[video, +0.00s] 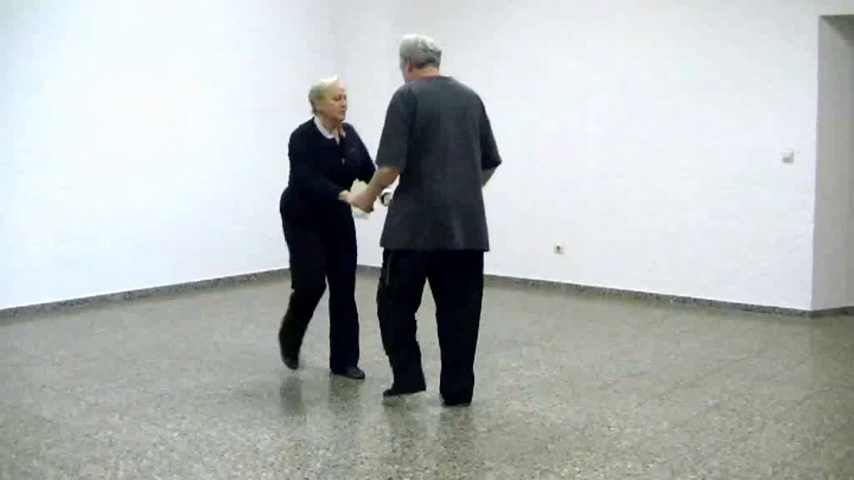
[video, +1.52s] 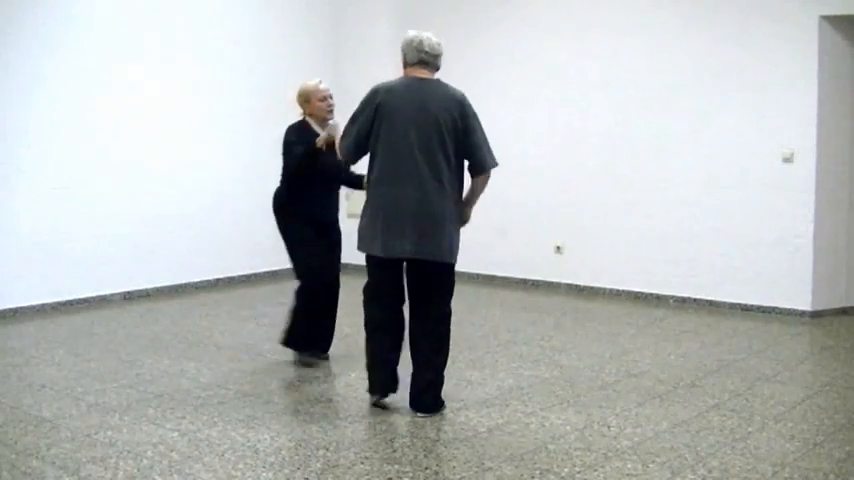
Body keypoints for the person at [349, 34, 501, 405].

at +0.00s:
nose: (402, 72)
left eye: (402, 67)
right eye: (403, 68)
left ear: (408, 65)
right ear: (438, 62)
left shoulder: (407, 97)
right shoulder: (471, 98)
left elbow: (391, 165)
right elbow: (488, 162)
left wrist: (368, 196)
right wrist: (459, 193)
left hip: (414, 225)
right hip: (466, 225)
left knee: (394, 305)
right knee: (460, 314)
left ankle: (408, 380)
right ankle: (458, 392)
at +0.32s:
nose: (381, 76)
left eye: (381, 71)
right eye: (382, 71)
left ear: (387, 68)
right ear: (418, 66)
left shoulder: (385, 102)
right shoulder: (450, 100)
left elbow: (367, 173)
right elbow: (469, 164)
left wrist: (341, 205)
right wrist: (442, 197)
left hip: (402, 230)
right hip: (450, 228)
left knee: (400, 316)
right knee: (448, 312)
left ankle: (402, 395)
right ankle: (455, 390)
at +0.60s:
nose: (365, 72)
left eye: (364, 67)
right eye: (367, 67)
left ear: (369, 66)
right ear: (401, 62)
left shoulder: (366, 99)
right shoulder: (432, 94)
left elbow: (335, 169)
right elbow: (463, 154)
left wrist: (311, 170)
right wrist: (436, 187)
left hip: (390, 221)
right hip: (435, 216)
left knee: (393, 306)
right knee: (428, 294)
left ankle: (402, 396)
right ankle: (437, 370)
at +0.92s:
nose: (364, 71)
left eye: (364, 66)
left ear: (369, 65)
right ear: (402, 62)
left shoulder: (362, 101)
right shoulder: (431, 95)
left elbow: (330, 168)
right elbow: (458, 159)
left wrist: (307, 165)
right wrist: (430, 186)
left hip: (385, 225)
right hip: (432, 221)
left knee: (390, 310)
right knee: (426, 301)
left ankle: (401, 395)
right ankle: (434, 386)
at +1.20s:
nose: (378, 70)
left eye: (378, 65)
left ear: (382, 65)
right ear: (416, 63)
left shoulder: (369, 100)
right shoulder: (442, 98)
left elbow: (339, 160)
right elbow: (468, 163)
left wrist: (319, 162)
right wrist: (439, 191)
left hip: (385, 227)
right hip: (435, 226)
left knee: (391, 314)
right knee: (431, 314)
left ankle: (401, 395)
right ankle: (430, 393)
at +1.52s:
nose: (404, 67)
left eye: (403, 60)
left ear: (403, 61)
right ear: (439, 63)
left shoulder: (382, 95)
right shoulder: (456, 101)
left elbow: (347, 152)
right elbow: (482, 170)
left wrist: (341, 131)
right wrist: (467, 206)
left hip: (384, 225)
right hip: (437, 227)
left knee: (383, 306)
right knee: (433, 313)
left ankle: (381, 387)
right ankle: (427, 400)